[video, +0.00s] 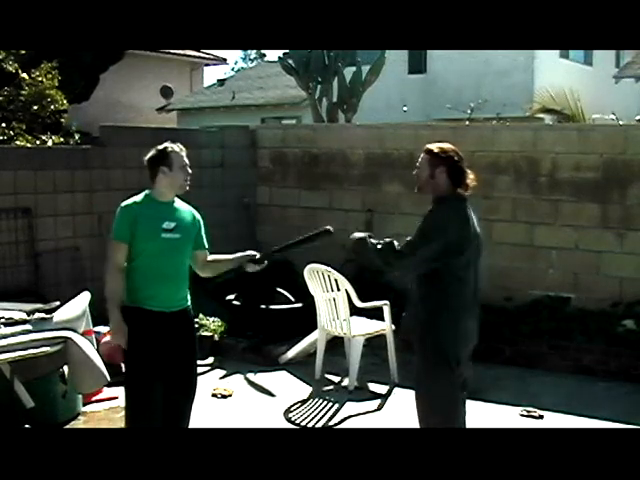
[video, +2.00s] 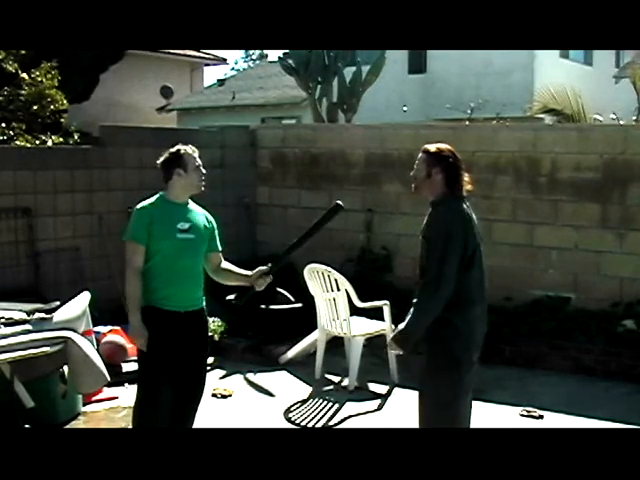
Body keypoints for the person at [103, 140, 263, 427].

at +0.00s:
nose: (190, 173)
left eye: (189, 167)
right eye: (184, 167)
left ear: (172, 172)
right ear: (163, 172)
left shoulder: (191, 216)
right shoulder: (131, 211)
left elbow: (203, 266)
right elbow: (116, 267)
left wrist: (240, 259)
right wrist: (115, 318)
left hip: (180, 320)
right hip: (142, 319)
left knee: (180, 400)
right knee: (144, 402)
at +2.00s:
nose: (204, 172)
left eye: (202, 167)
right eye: (197, 168)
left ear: (184, 174)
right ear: (178, 174)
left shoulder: (204, 219)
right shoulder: (146, 213)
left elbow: (216, 267)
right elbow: (133, 269)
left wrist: (249, 278)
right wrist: (136, 322)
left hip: (194, 320)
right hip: (159, 319)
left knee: (188, 398)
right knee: (155, 399)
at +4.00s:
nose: (196, 171)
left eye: (194, 166)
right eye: (189, 166)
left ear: (177, 173)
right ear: (169, 173)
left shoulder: (195, 219)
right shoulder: (138, 210)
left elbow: (211, 266)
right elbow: (122, 266)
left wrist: (245, 247)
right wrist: (119, 316)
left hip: (184, 319)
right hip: (148, 318)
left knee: (184, 393)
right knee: (149, 395)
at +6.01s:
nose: (161, 172)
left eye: (165, 166)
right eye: (153, 168)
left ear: (175, 170)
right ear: (145, 175)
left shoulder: (191, 213)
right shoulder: (132, 215)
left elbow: (203, 266)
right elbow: (118, 270)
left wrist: (223, 311)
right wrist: (121, 319)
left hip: (184, 318)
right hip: (146, 319)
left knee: (184, 394)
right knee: (150, 397)